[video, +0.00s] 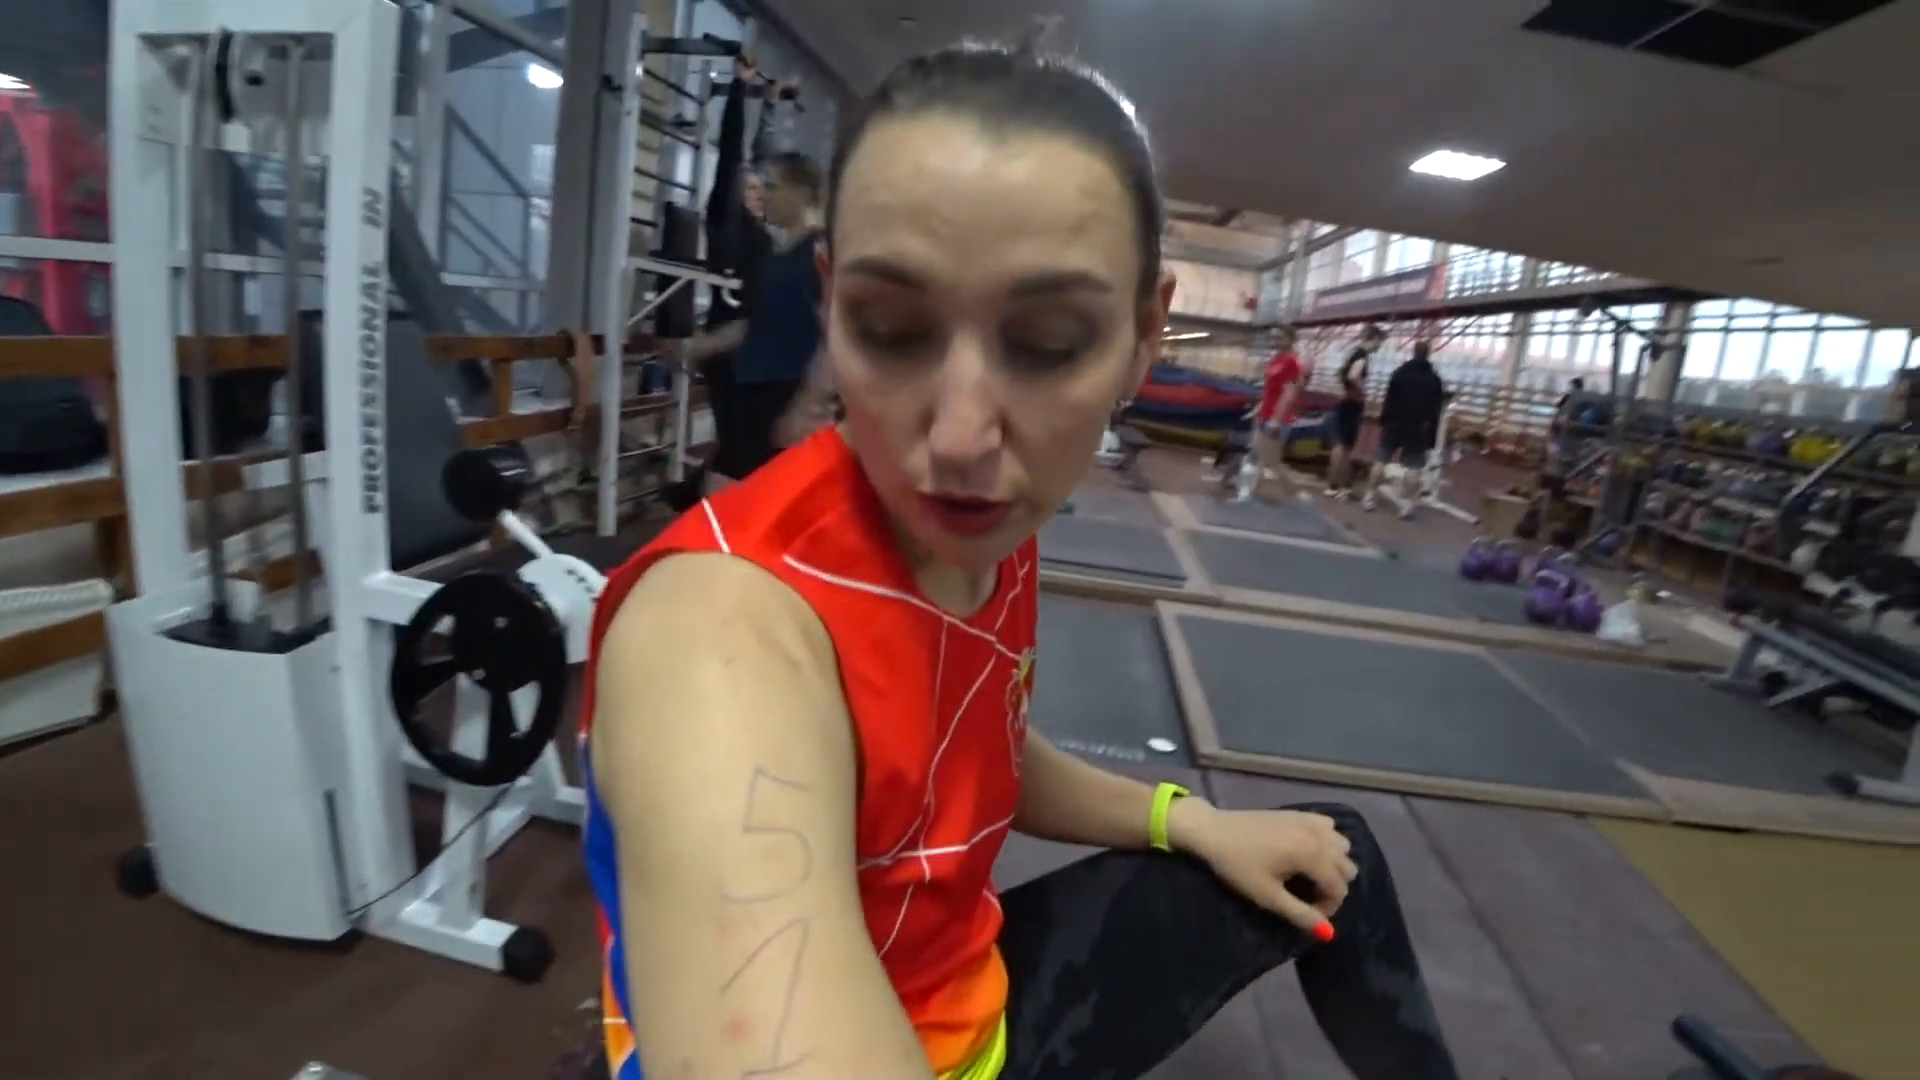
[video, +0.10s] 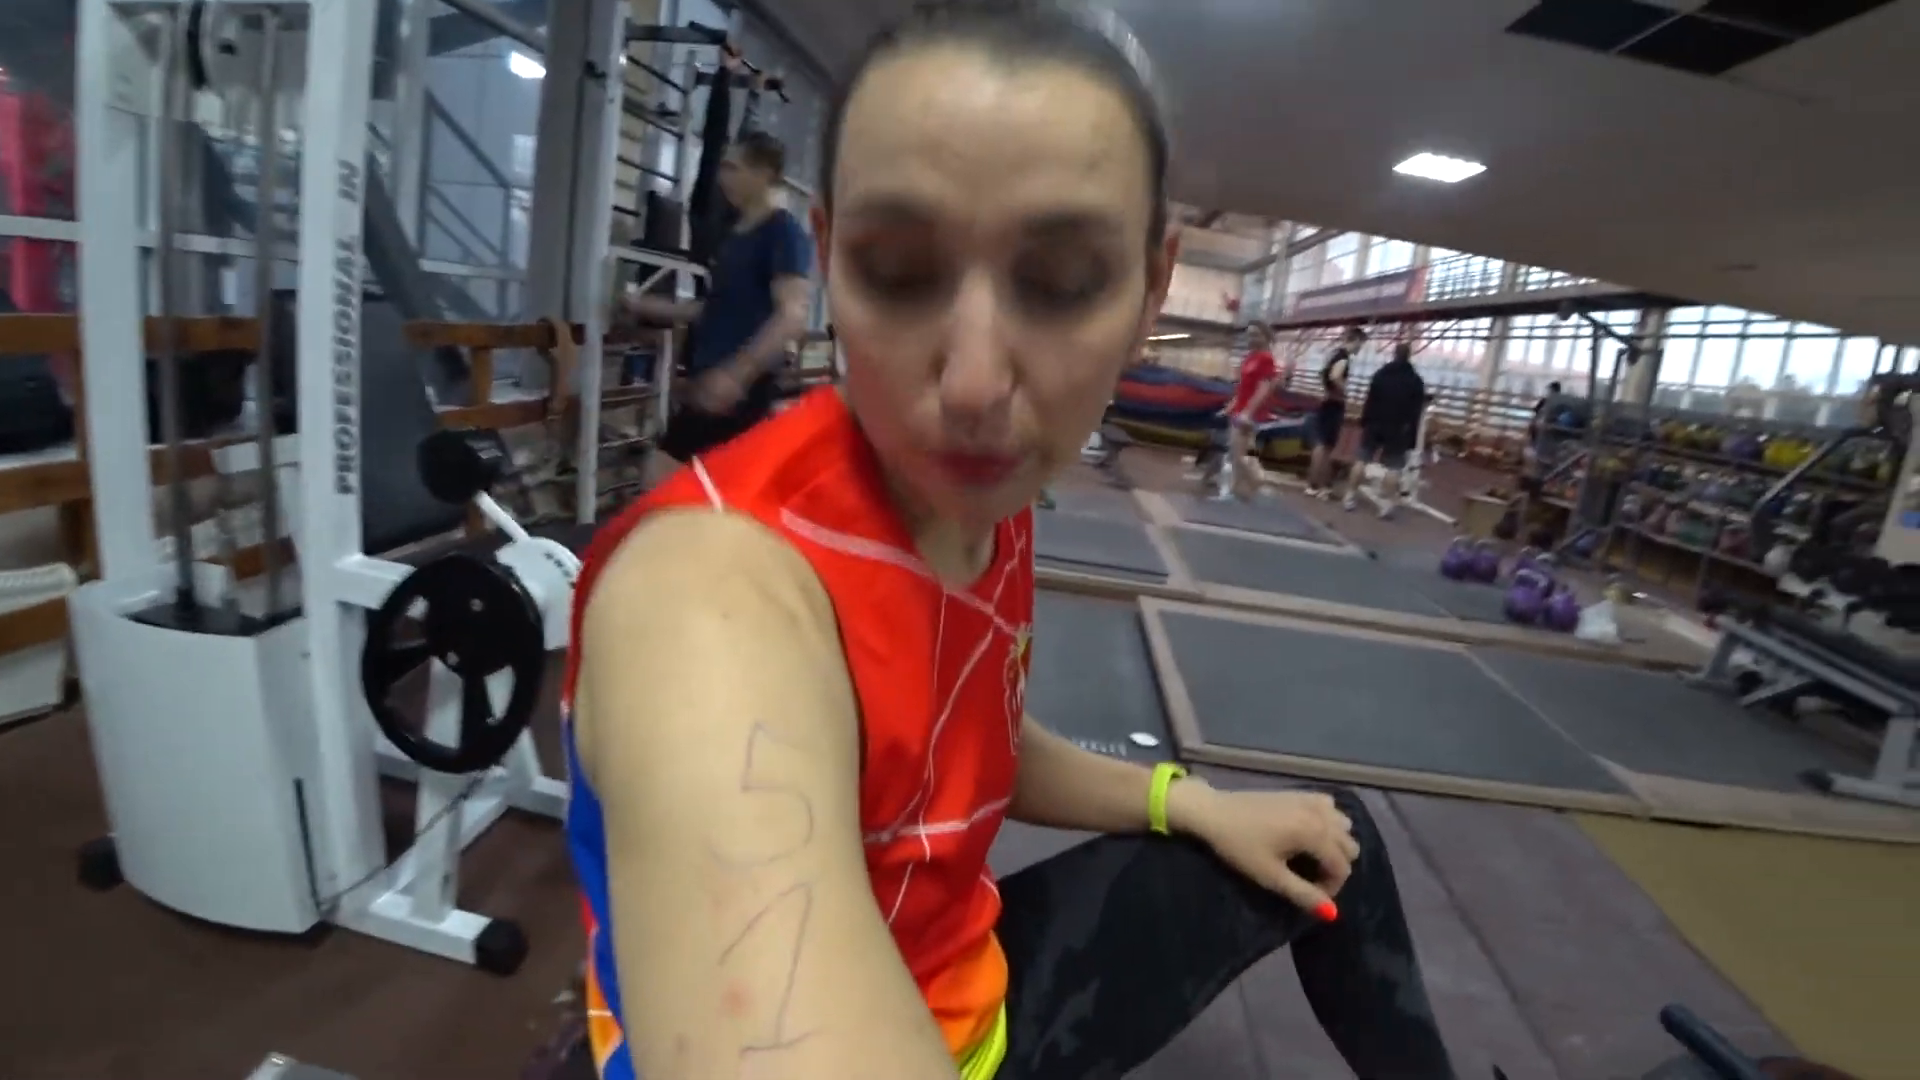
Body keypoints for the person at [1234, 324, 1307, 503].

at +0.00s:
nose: (1274, 342)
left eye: (1279, 338)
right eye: (1272, 338)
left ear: (1290, 340)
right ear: (1271, 339)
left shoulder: (1291, 363)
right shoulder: (1274, 360)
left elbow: (1289, 394)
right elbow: (1269, 392)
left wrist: (1276, 420)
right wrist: (1256, 409)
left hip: (1276, 420)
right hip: (1264, 416)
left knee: (1270, 461)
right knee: (1256, 457)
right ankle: (1246, 494)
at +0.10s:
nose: (1251, 338)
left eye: (1255, 335)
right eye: (1249, 334)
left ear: (1265, 337)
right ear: (1246, 336)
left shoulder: (1266, 359)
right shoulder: (1249, 358)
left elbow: (1264, 389)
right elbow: (1242, 388)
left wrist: (1248, 413)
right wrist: (1230, 406)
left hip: (1251, 414)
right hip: (1239, 412)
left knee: (1240, 453)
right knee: (1235, 453)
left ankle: (1258, 482)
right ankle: (1238, 489)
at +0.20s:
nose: (1231, 329)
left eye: (1236, 326)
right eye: (1231, 325)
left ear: (1245, 329)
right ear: (1230, 327)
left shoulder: (1246, 350)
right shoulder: (1229, 348)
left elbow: (1243, 379)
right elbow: (1220, 379)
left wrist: (1226, 400)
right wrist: (1203, 396)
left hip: (1231, 406)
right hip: (1220, 404)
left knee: (1207, 438)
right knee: (1213, 442)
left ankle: (1219, 480)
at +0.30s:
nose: (1215, 305)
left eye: (1219, 302)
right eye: (1215, 301)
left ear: (1230, 305)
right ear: (1215, 303)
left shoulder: (1230, 327)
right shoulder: (1215, 326)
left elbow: (1228, 356)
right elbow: (1203, 356)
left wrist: (1210, 377)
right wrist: (1184, 369)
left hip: (1214, 385)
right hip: (1206, 382)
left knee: (1187, 409)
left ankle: (1186, 453)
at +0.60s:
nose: (1188, 166)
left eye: (1191, 162)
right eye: (1189, 161)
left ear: (1198, 163)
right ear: (1192, 162)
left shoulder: (1200, 188)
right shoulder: (1187, 187)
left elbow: (1198, 222)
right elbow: (1175, 221)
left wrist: (1191, 250)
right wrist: (1158, 239)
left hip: (1182, 247)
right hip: (1176, 244)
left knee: (1164, 287)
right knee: (1182, 289)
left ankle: (1148, 324)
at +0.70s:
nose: (1187, 122)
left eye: (1190, 119)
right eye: (1188, 119)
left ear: (1198, 122)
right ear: (1199, 122)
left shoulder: (1199, 146)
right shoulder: (1189, 144)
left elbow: (1196, 179)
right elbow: (1180, 179)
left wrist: (1186, 207)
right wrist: (1167, 198)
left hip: (1182, 205)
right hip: (1175, 203)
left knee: (1169, 249)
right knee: (1170, 249)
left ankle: (1155, 291)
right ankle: (1193, 285)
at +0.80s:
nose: (1182, 86)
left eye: (1187, 82)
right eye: (1183, 82)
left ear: (1196, 86)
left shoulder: (1192, 110)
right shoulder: (1183, 109)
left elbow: (1185, 141)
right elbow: (1178, 141)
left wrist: (1170, 168)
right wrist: (1165, 164)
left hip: (1176, 170)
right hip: (1169, 168)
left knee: (1160, 208)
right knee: (1158, 208)